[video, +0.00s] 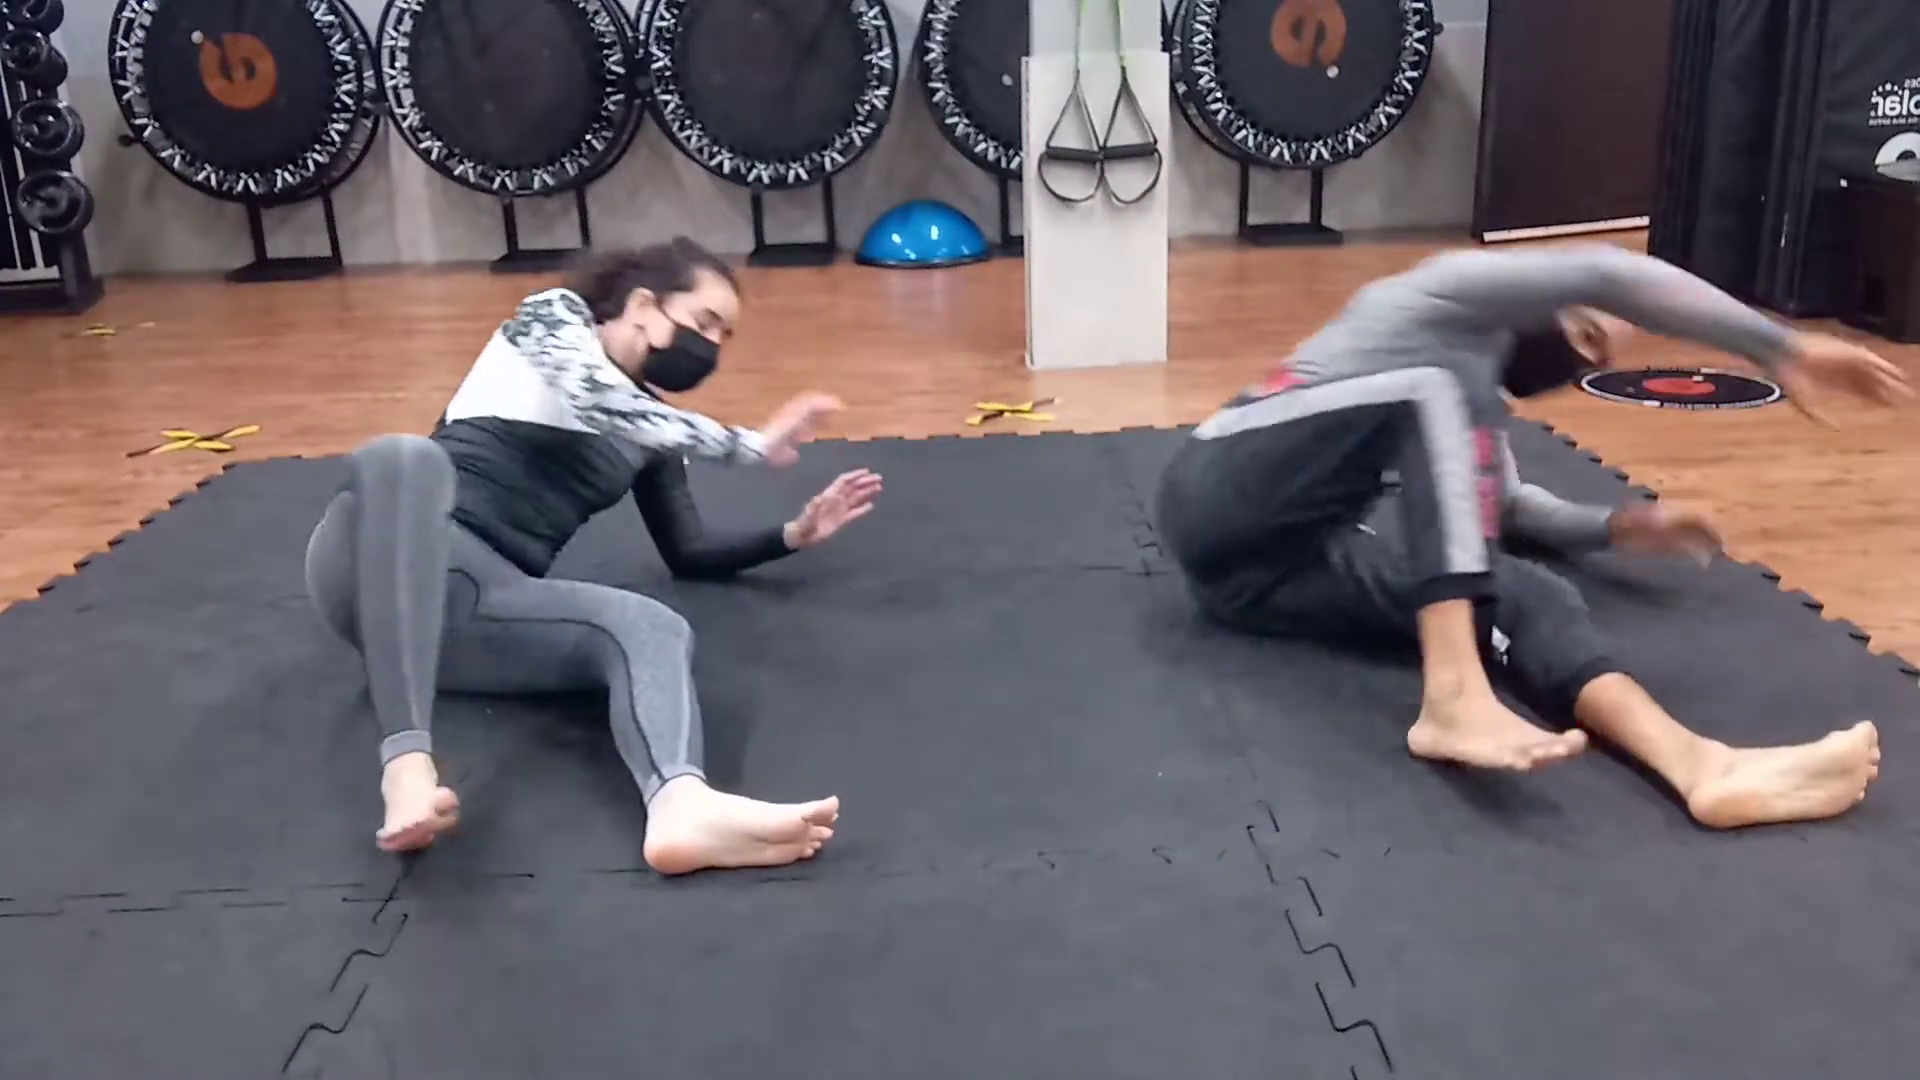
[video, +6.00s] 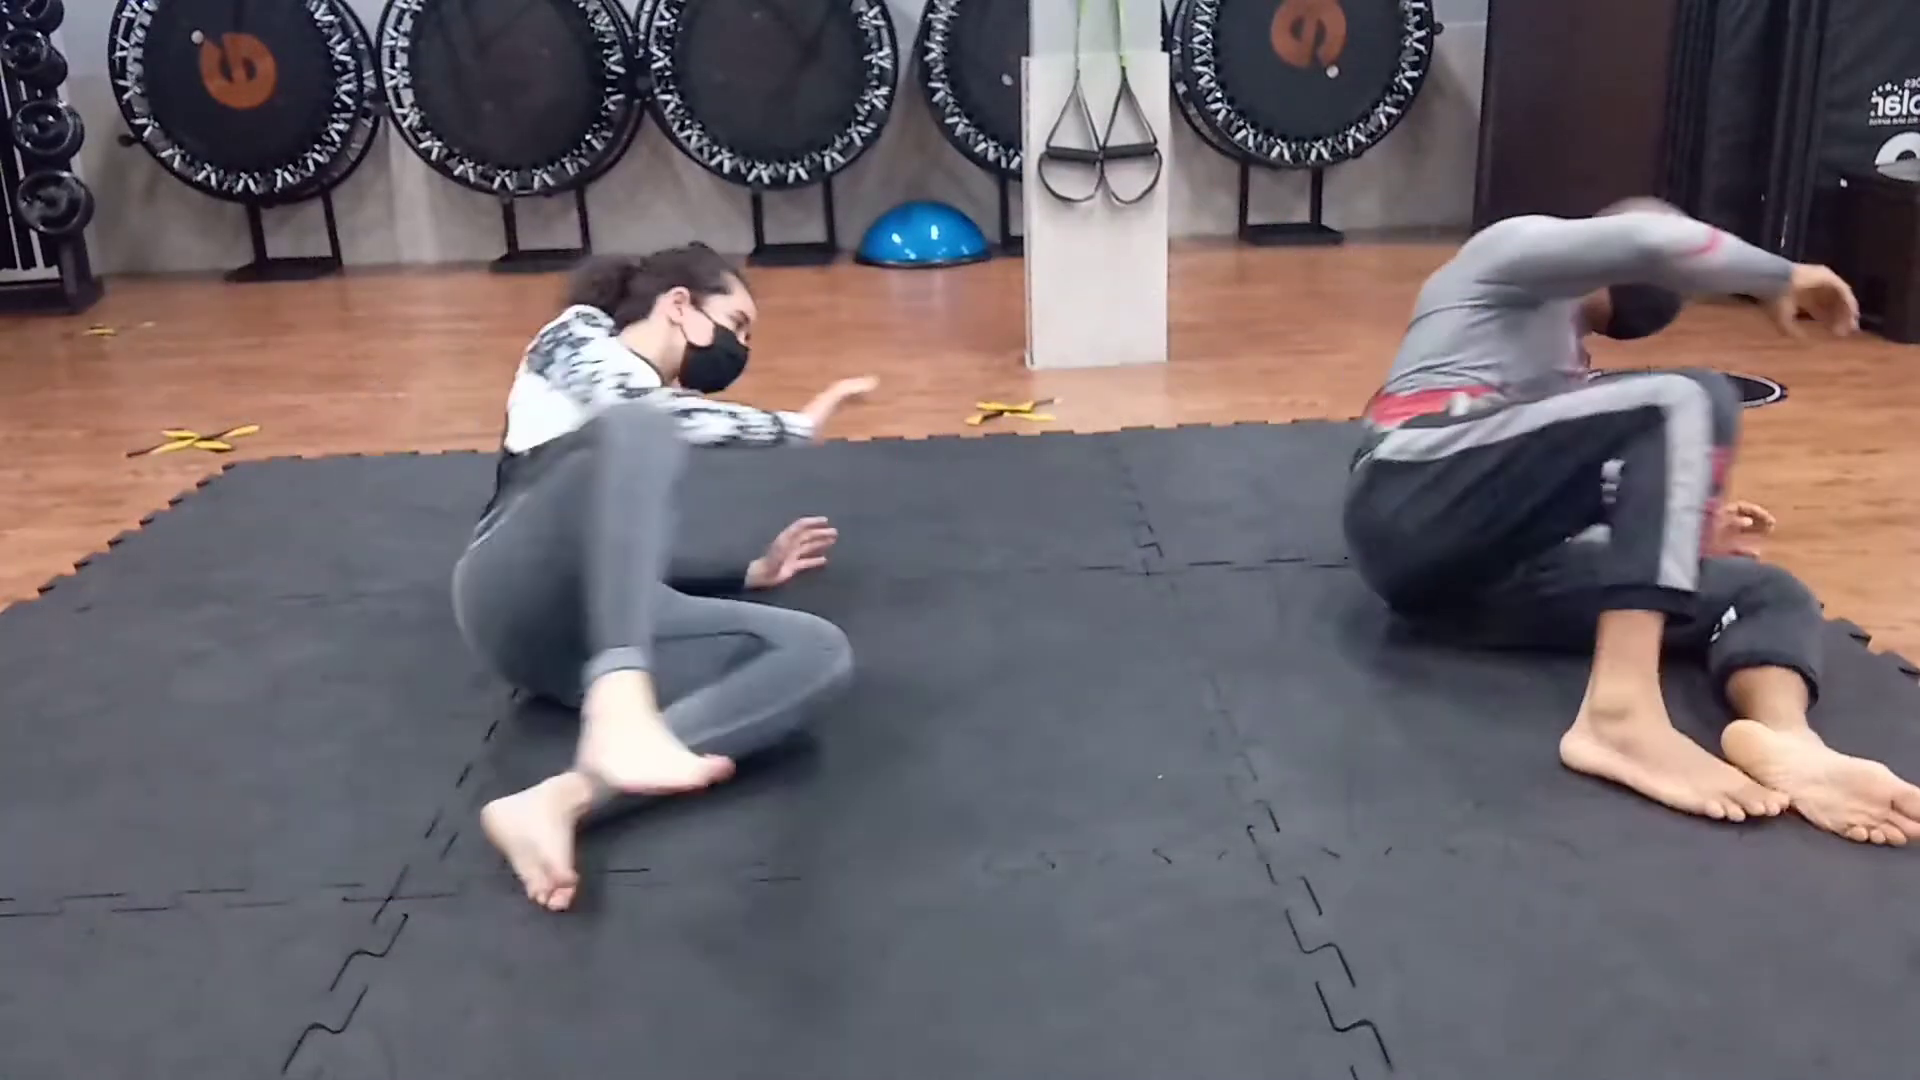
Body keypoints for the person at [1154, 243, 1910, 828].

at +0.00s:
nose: (1605, 352)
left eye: (1608, 346)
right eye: (1600, 333)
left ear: (1553, 362)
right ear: (1555, 305)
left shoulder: (1475, 425)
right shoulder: (1450, 300)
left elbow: (1509, 509)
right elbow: (1609, 270)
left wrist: (1625, 526)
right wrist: (1782, 345)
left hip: (1270, 588)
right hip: (1217, 493)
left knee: (1524, 586)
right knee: (1431, 392)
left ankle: (1701, 766)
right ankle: (1454, 696)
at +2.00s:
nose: (925, 287)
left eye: (938, 260)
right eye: (914, 272)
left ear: (1002, 242)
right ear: (914, 281)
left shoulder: (1103, 284)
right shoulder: (967, 386)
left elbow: (1194, 323)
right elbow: (977, 526)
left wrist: (1010, 308)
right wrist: (863, 574)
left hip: (1182, 536)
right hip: (1071, 570)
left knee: (1240, 367)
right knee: (920, 536)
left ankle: (1253, 689)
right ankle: (1143, 736)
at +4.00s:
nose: (996, 322)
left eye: (1004, 295)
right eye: (981, 312)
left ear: (1061, 274)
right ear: (983, 317)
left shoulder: (1170, 275)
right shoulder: (1061, 412)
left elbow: (1083, 284)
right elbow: (993, 536)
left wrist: (942, 343)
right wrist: (871, 587)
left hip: (1327, 507)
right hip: (1221, 550)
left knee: (1361, 374)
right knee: (1053, 571)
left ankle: (1302, 691)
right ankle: (1066, 771)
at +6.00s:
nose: (1621, 325)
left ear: (1608, 306)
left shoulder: (1570, 387)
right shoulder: (1504, 258)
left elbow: (1551, 520)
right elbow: (1651, 236)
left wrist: (1681, 538)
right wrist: (1782, 280)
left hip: (1467, 586)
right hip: (1410, 493)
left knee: (1761, 587)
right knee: (1686, 398)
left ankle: (1777, 732)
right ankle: (1619, 711)